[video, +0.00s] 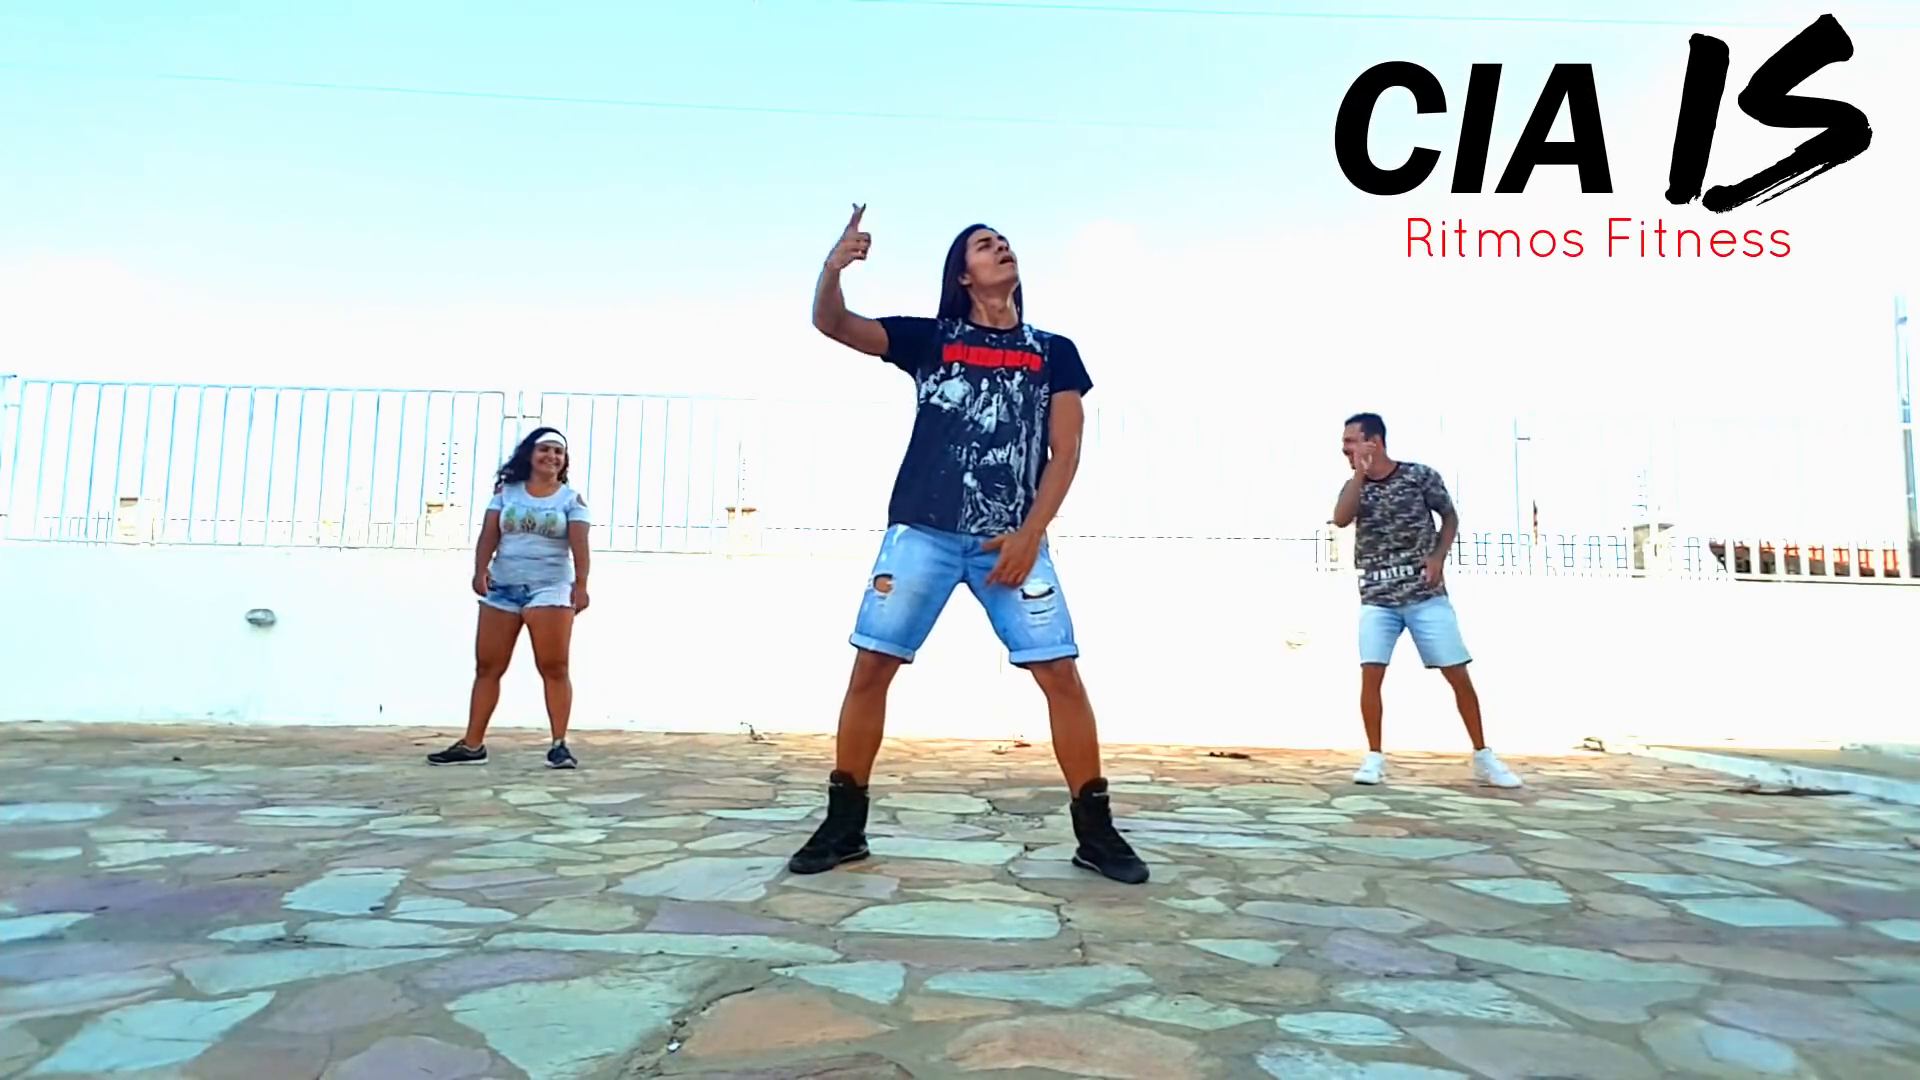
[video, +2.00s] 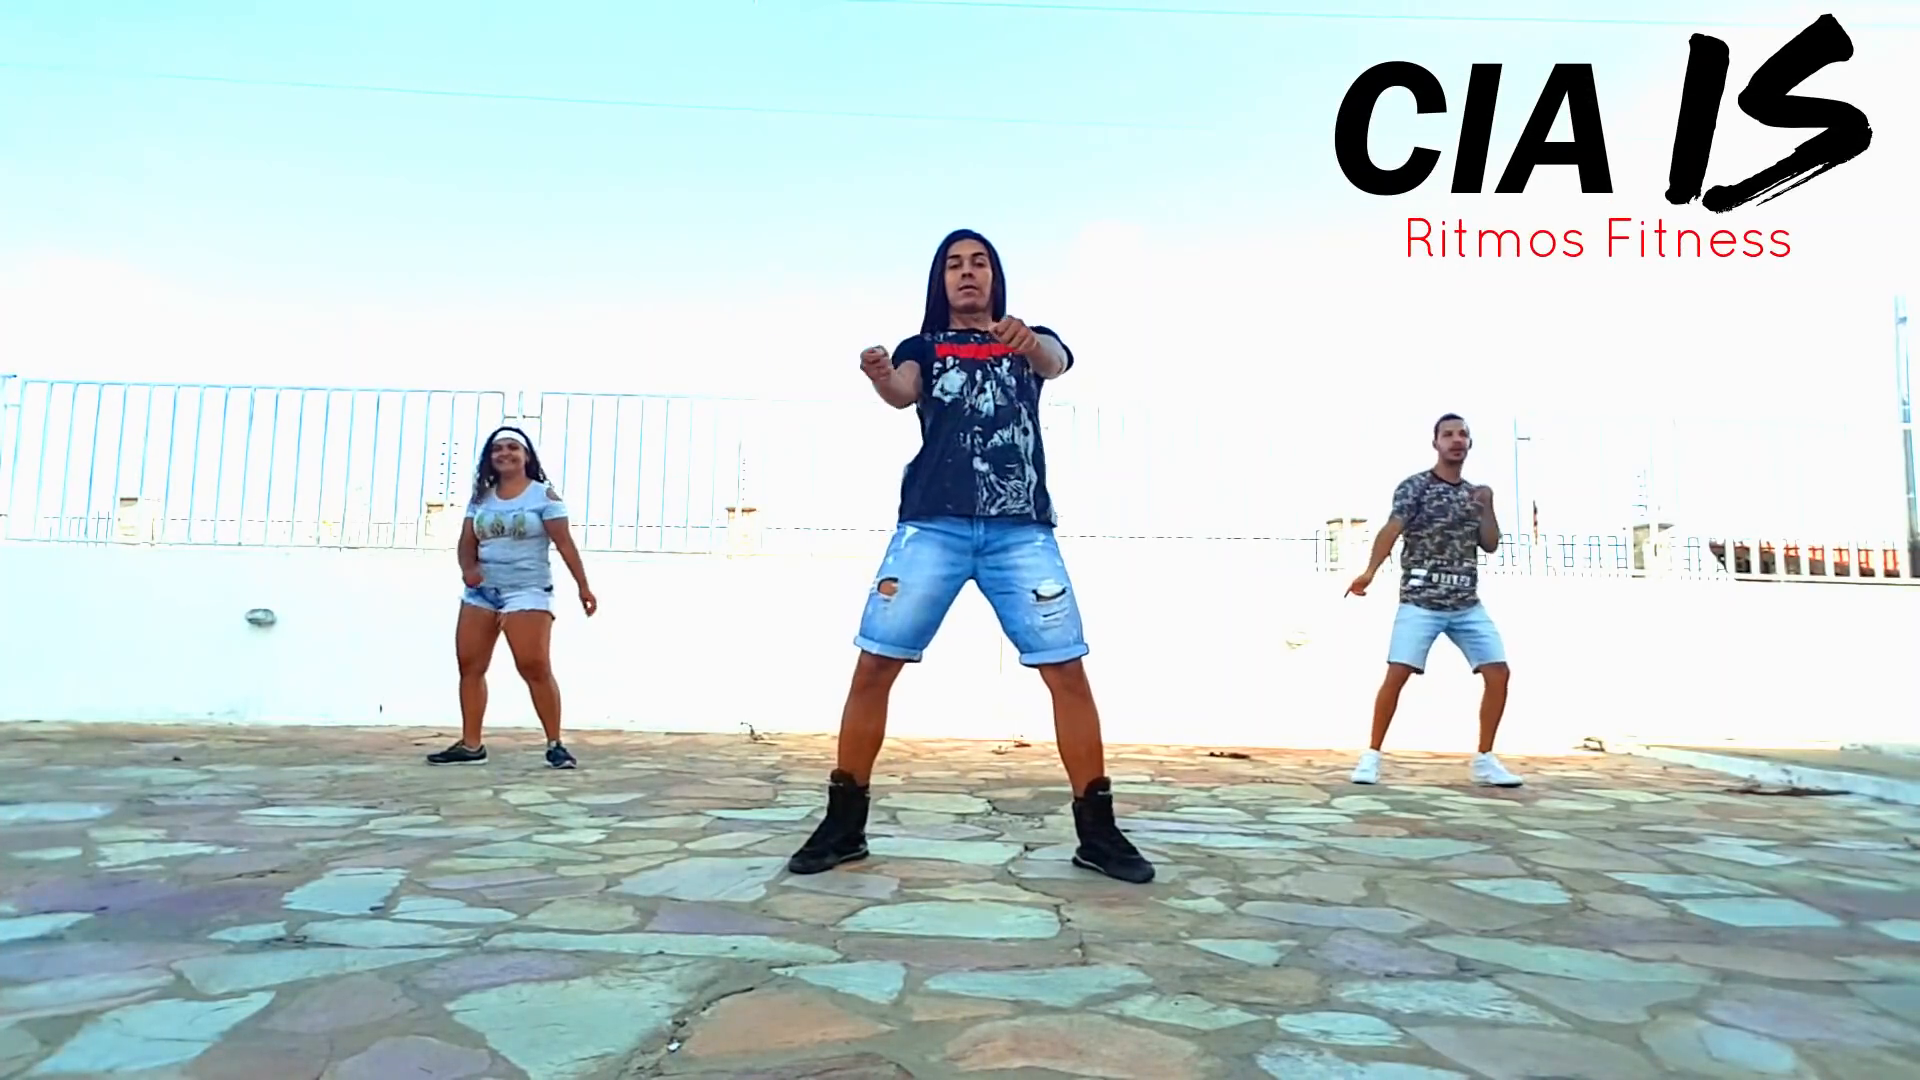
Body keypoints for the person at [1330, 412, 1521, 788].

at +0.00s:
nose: (1346, 449)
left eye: (1351, 442)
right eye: (1345, 443)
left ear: (1375, 443)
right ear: (1360, 447)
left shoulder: (1421, 477)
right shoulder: (1355, 487)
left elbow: (1450, 518)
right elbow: (1341, 519)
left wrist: (1438, 558)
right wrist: (1359, 473)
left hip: (1426, 595)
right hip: (1377, 600)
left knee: (1458, 675)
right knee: (1370, 676)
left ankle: (1482, 755)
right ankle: (1374, 756)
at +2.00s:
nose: (1457, 440)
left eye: (1462, 435)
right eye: (1449, 434)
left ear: (1470, 444)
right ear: (1435, 443)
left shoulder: (1478, 494)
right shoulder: (1414, 487)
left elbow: (1490, 545)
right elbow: (1390, 532)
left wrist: (1486, 510)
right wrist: (1368, 574)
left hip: (1466, 604)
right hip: (1419, 603)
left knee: (1498, 673)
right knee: (1398, 673)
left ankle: (1484, 759)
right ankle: (1372, 755)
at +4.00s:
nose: (1429, 424)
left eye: (1436, 419)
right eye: (1422, 419)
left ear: (1450, 428)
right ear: (1414, 430)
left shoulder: (1468, 480)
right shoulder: (1398, 479)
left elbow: (1481, 534)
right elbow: (1382, 532)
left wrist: (1490, 585)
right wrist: (1396, 571)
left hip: (1459, 598)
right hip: (1410, 596)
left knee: (1480, 674)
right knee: (1389, 673)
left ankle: (1485, 758)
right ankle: (1370, 755)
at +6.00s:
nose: (1296, 437)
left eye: (1305, 433)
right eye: (1291, 432)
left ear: (1317, 447)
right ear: (1284, 444)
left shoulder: (1330, 498)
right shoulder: (1265, 490)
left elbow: (1346, 549)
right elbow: (1219, 510)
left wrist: (1373, 583)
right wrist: (1209, 499)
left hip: (1322, 609)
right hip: (1275, 608)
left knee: (1362, 676)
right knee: (1263, 677)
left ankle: (1369, 757)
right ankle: (1245, 754)